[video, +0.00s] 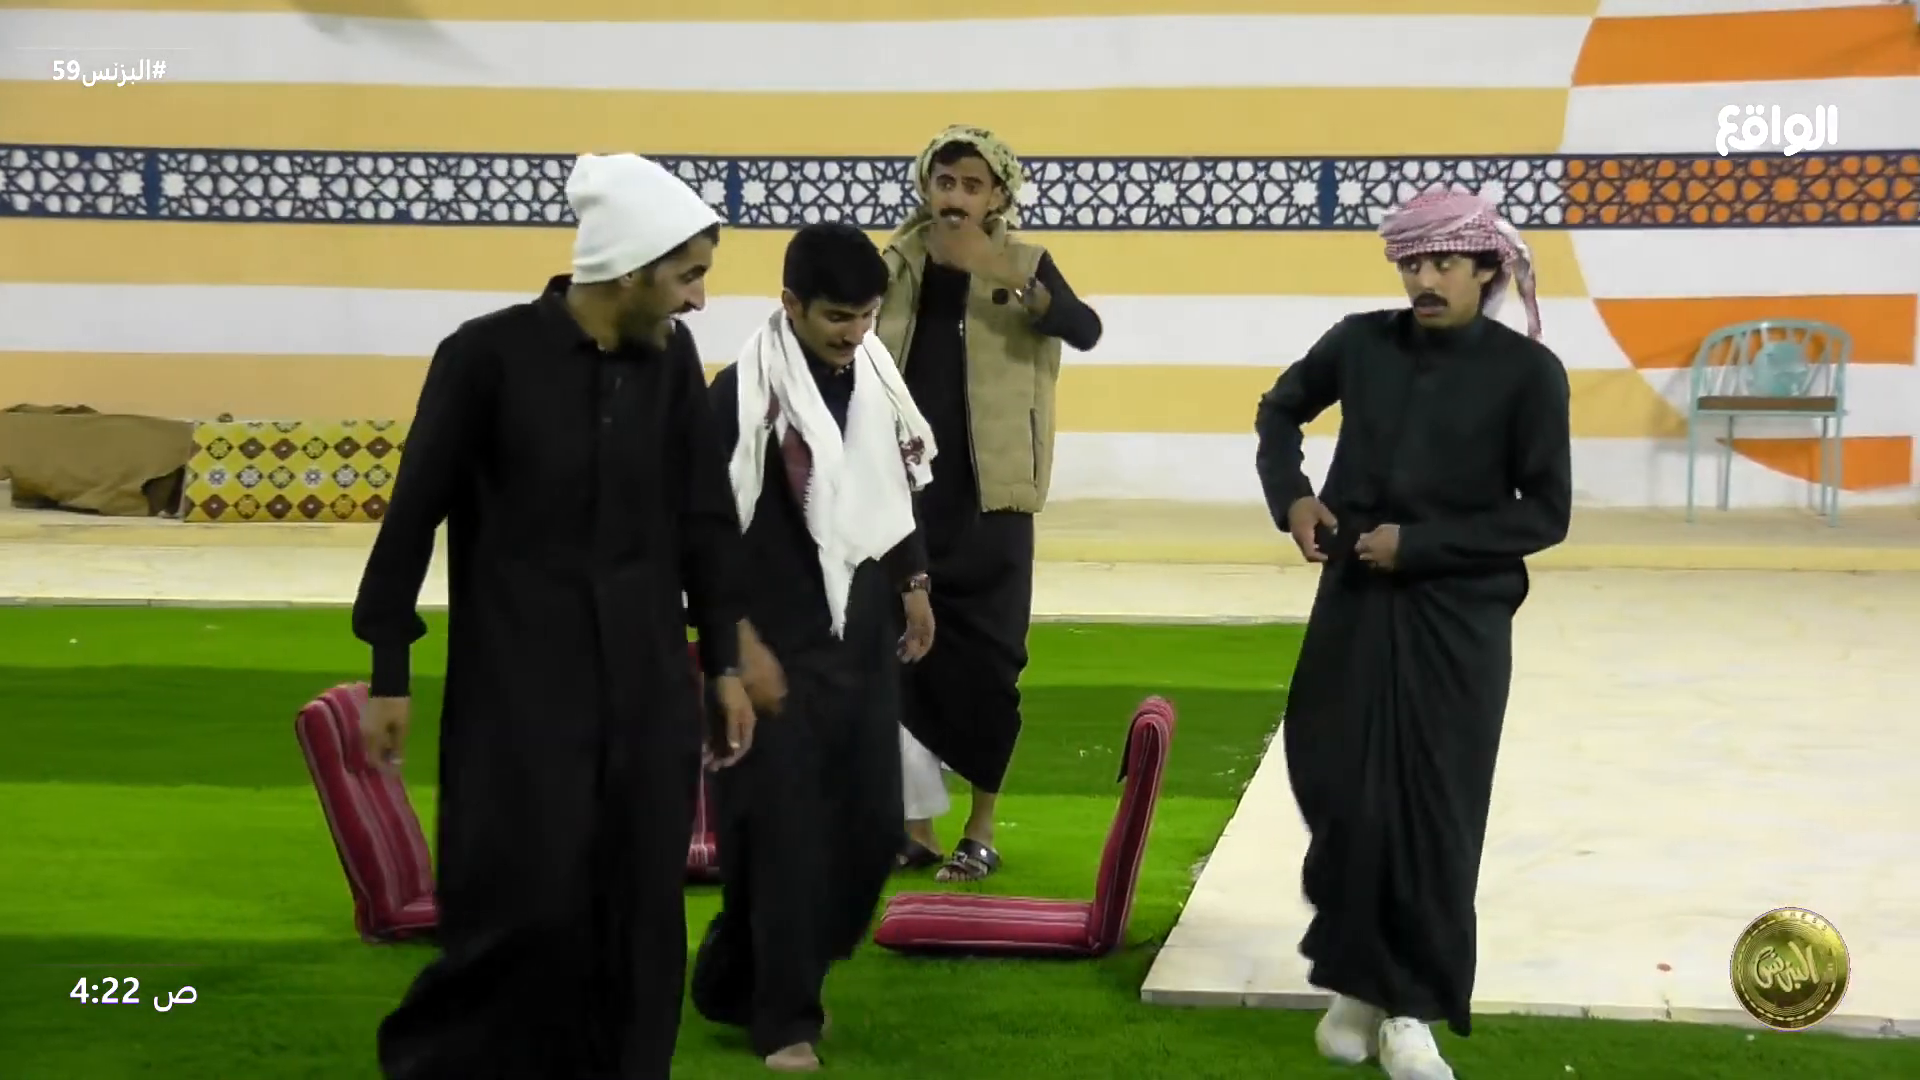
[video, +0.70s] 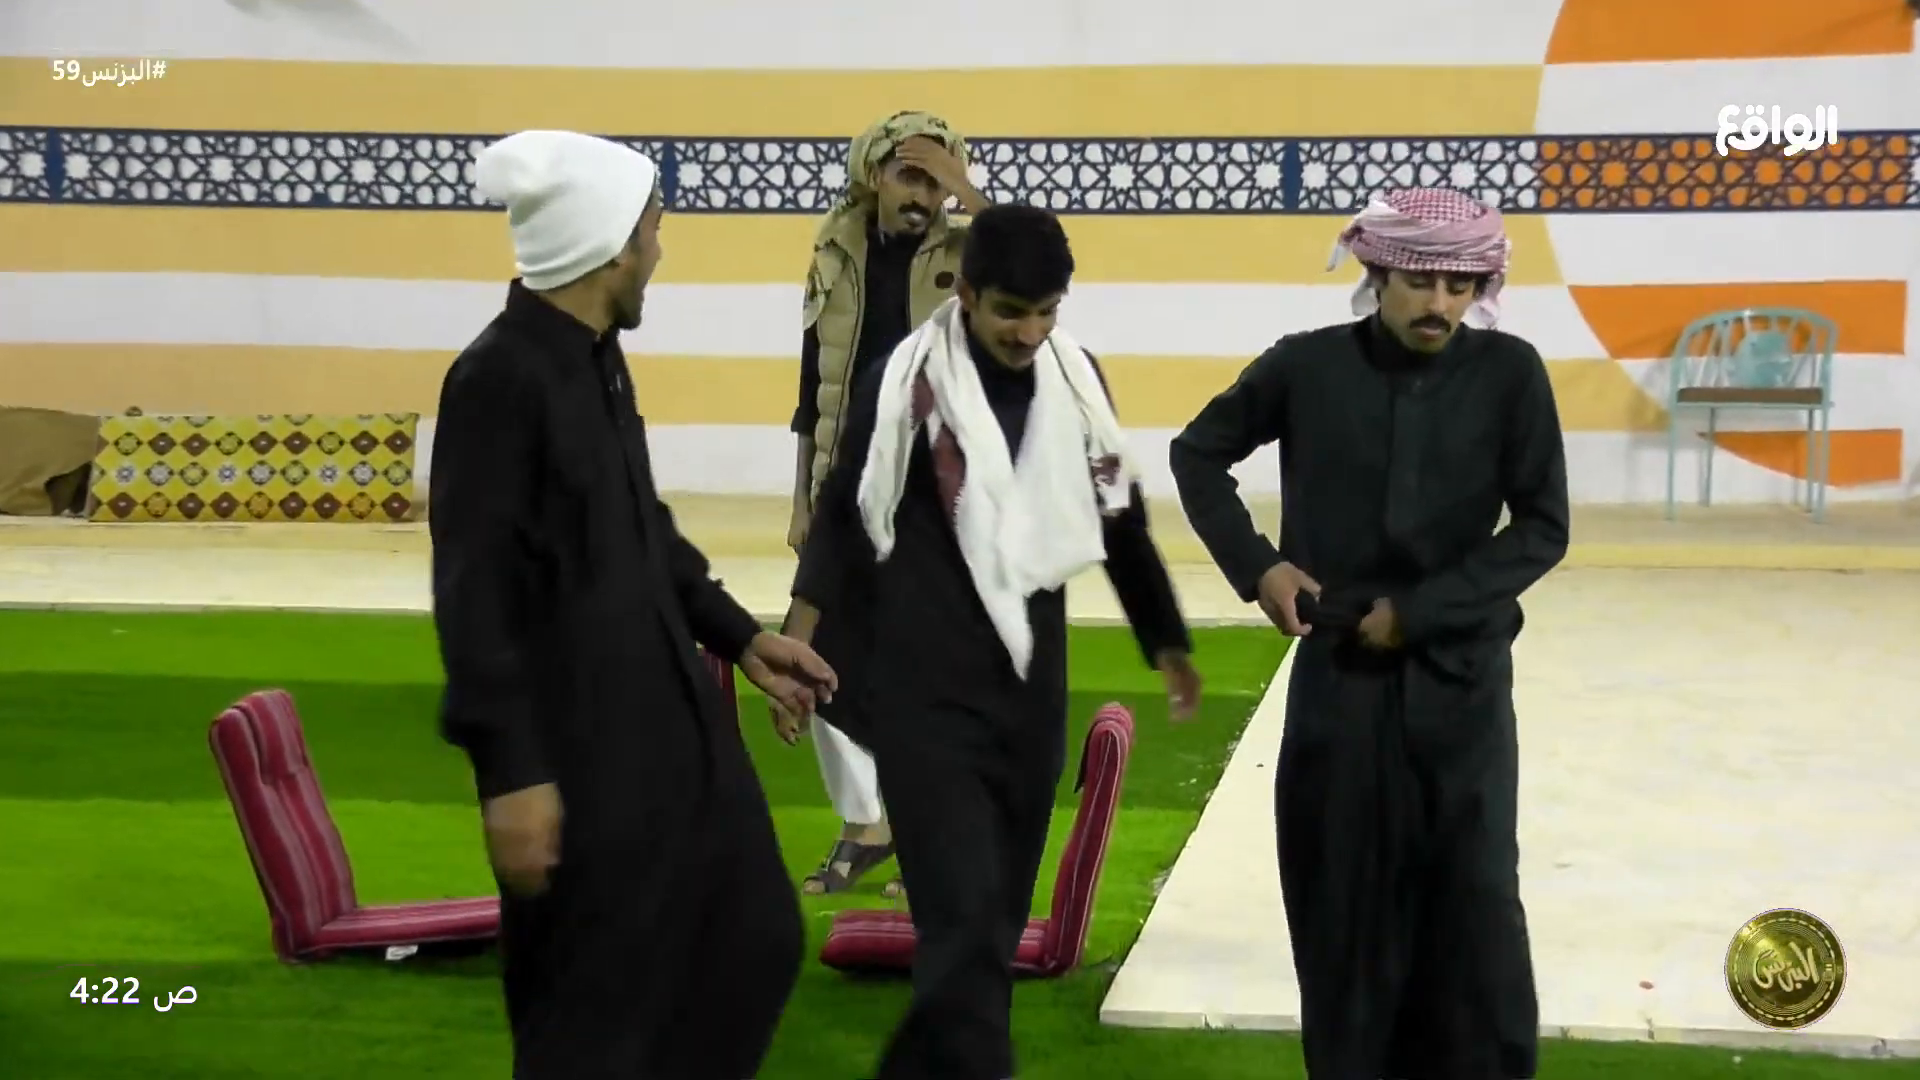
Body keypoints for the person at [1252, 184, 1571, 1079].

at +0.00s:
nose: (1430, 279)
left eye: (1450, 263)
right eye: (1418, 262)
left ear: (1488, 273)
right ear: (1400, 270)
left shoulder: (1530, 374)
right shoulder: (1358, 342)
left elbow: (1545, 515)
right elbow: (1279, 411)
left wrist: (1415, 542)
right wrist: (1293, 497)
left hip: (1460, 623)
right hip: (1355, 611)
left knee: (1440, 810)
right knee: (1346, 797)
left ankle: (1410, 1016)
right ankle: (1355, 985)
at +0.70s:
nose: (1439, 304)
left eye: (1459, 285)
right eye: (1419, 282)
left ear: (1478, 288)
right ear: (1377, 277)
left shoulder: (1509, 372)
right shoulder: (1304, 366)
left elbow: (1546, 528)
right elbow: (1195, 451)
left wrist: (1419, 609)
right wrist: (1257, 566)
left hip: (1463, 690)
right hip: (1337, 687)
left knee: (1472, 919)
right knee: (1342, 922)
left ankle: (1479, 1069)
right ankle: (1350, 1069)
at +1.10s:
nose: (1513, 341)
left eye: (1537, 320)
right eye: (1494, 315)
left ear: (1563, 317)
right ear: (1453, 302)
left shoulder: (1600, 414)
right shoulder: (1369, 393)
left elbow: (1640, 591)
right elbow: (1257, 499)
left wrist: (1487, 676)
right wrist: (1331, 611)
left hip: (1534, 745)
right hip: (1401, 740)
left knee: (1530, 995)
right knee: (1407, 988)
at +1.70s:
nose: (1550, 320)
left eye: (1577, 294)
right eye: (1524, 292)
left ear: (1612, 307)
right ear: (1481, 298)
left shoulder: (1673, 433)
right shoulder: (1394, 420)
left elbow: (1721, 636)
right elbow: (1280, 546)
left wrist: (1545, 711)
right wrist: (1366, 678)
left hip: (1609, 831)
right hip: (1447, 822)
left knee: (1618, 1062)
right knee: (1454, 1060)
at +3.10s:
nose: (1490, 451)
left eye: (1517, 417)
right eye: (1458, 417)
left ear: (1551, 420)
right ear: (1400, 415)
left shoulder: (1610, 540)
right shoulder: (1290, 534)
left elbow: (1651, 786)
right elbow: (1111, 639)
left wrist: (1443, 886)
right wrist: (1222, 823)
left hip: (1531, 1015)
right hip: (1335, 1011)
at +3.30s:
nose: (1535, 462)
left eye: (1564, 430)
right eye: (1503, 423)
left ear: (1592, 447)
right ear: (1435, 425)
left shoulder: (1632, 582)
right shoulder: (1309, 558)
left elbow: (1654, 830)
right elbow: (1128, 680)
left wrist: (1448, 943)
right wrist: (1232, 869)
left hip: (1530, 1041)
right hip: (1330, 1033)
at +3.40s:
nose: (1534, 456)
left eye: (1566, 426)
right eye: (1505, 415)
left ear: (1592, 441)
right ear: (1437, 414)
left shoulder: (1638, 570)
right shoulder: (1308, 548)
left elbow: (1673, 816)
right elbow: (1129, 674)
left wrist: (1448, 897)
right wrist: (1232, 852)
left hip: (1545, 1032)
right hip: (1350, 1028)